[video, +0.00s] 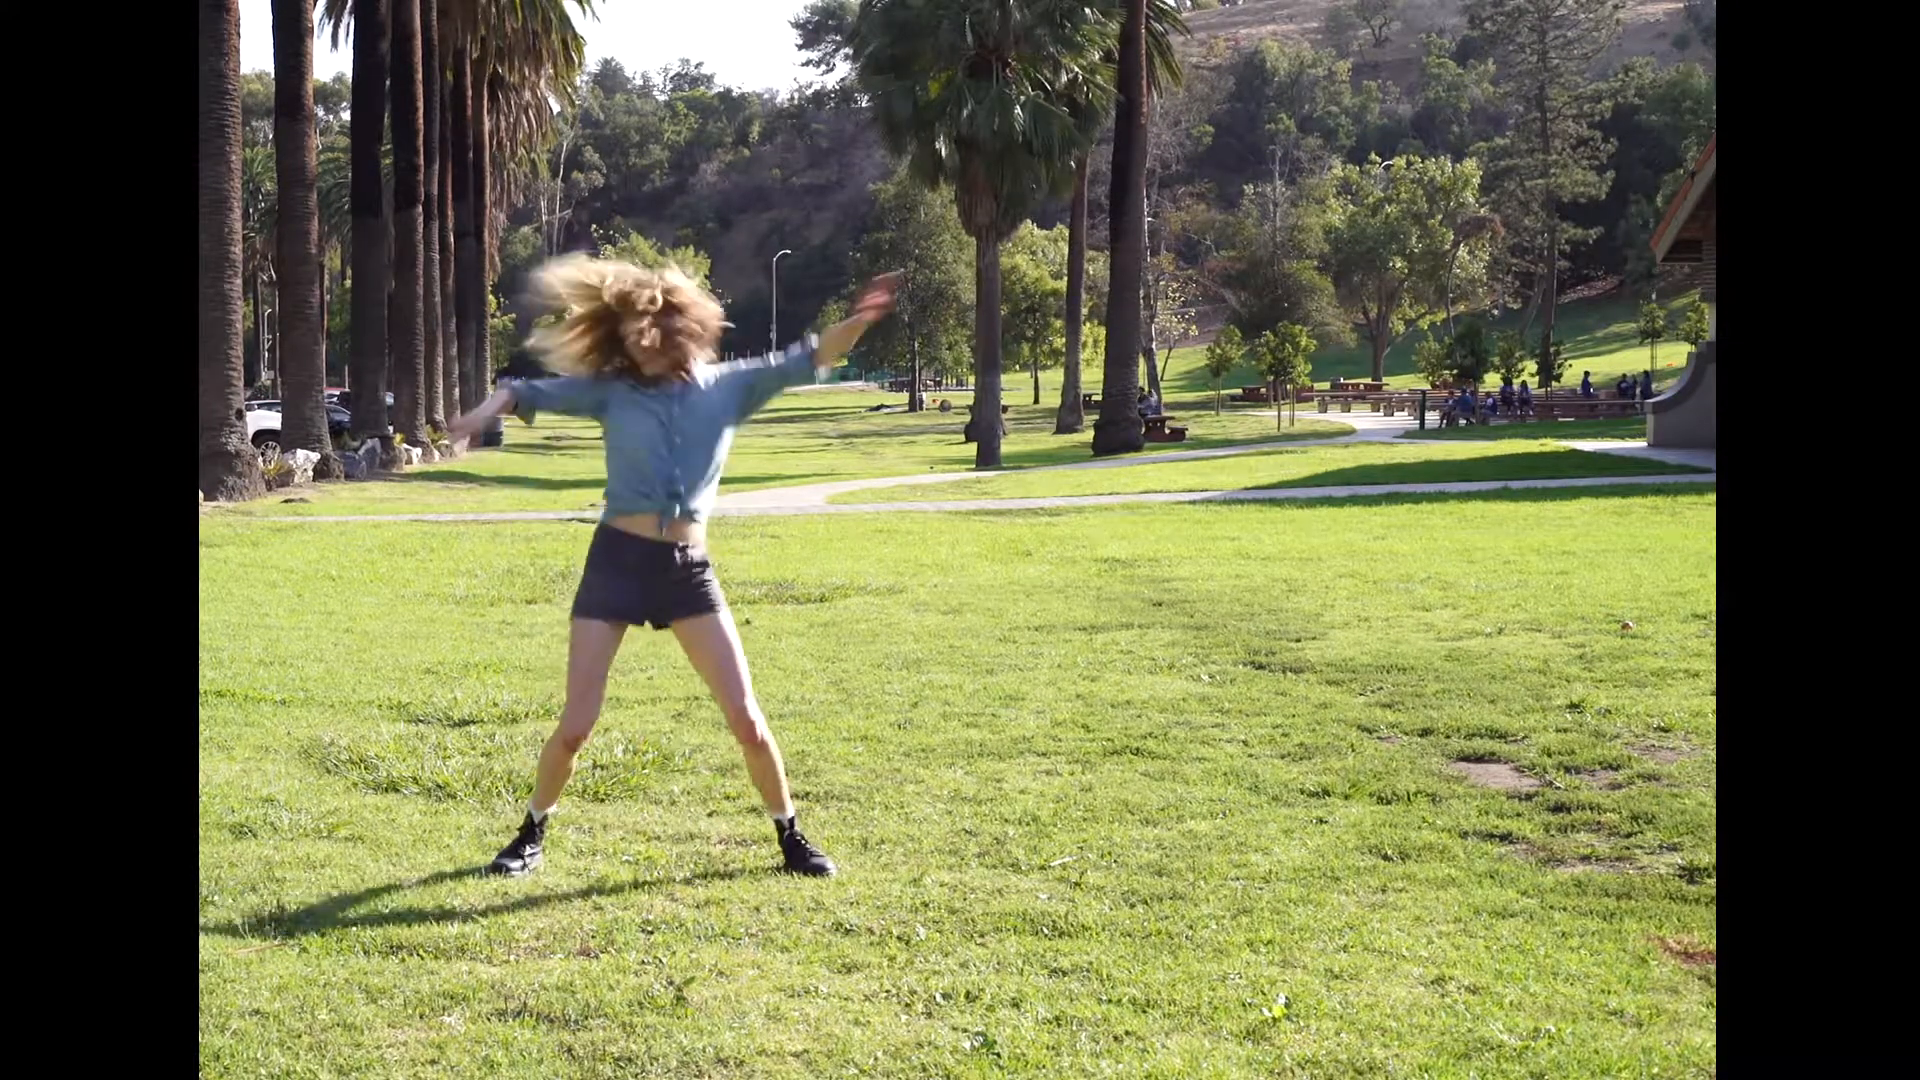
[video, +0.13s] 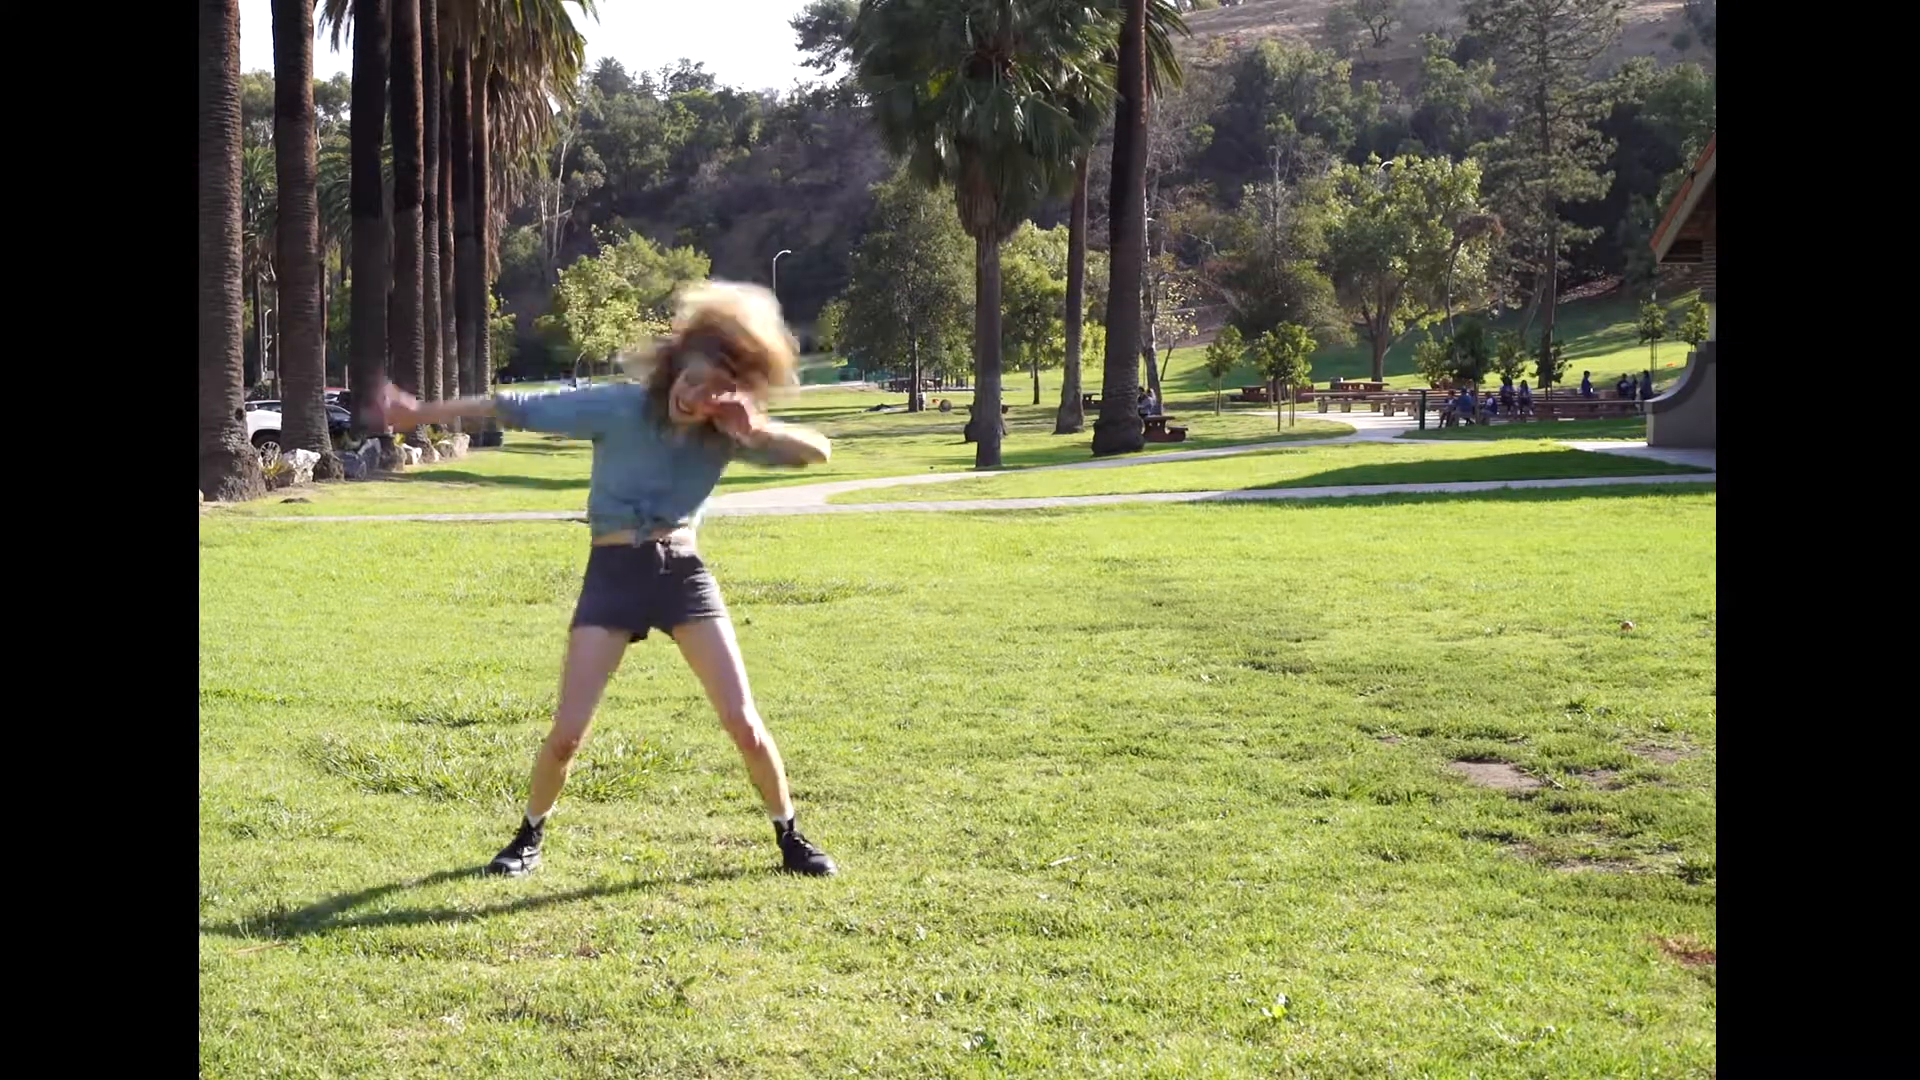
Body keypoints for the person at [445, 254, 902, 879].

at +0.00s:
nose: (645, 336)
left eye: (655, 323)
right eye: (633, 328)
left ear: (679, 327)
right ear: (622, 337)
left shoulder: (722, 386)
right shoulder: (610, 392)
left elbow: (808, 359)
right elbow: (523, 391)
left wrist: (858, 320)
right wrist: (480, 414)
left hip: (686, 566)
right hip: (615, 560)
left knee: (748, 723)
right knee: (576, 724)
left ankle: (792, 839)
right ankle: (531, 834)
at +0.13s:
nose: (695, 397)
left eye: (712, 390)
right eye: (691, 379)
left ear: (730, 395)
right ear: (674, 363)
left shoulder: (722, 434)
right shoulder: (619, 406)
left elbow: (819, 453)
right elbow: (516, 407)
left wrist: (761, 431)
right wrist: (419, 413)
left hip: (683, 573)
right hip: (611, 573)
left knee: (745, 724)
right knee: (567, 735)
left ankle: (791, 835)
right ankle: (529, 836)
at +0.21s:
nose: (688, 400)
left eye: (703, 396)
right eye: (685, 383)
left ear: (721, 400)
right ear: (673, 368)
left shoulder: (723, 434)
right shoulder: (622, 393)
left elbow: (814, 458)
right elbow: (525, 370)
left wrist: (747, 420)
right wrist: (438, 356)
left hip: (679, 570)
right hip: (606, 566)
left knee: (749, 719)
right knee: (562, 734)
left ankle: (794, 836)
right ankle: (527, 837)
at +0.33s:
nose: (686, 348)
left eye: (702, 343)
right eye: (683, 334)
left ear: (729, 353)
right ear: (674, 328)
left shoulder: (733, 413)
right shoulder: (634, 356)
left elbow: (824, 407)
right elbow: (561, 312)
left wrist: (764, 357)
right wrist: (490, 277)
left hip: (676, 563)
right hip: (603, 557)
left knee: (743, 713)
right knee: (565, 719)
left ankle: (794, 835)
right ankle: (526, 833)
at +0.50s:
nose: (691, 343)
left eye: (704, 333)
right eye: (684, 331)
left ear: (731, 343)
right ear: (673, 333)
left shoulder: (746, 422)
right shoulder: (642, 376)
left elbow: (829, 398)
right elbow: (579, 321)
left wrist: (761, 348)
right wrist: (507, 279)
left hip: (676, 569)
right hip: (604, 558)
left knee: (744, 703)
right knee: (569, 713)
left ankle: (801, 833)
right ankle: (525, 831)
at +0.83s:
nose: (687, 399)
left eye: (699, 391)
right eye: (679, 390)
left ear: (721, 401)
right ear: (668, 398)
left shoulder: (743, 479)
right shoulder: (642, 439)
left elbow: (804, 463)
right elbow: (578, 399)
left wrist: (749, 411)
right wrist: (514, 361)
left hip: (673, 603)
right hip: (602, 588)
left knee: (753, 719)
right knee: (566, 718)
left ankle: (800, 836)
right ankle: (523, 833)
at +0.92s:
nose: (682, 423)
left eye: (694, 416)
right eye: (678, 414)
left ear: (721, 428)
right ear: (671, 419)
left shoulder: (737, 494)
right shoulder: (639, 453)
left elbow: (786, 513)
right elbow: (570, 416)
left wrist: (751, 451)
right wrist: (508, 383)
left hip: (673, 611)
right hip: (603, 598)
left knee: (760, 722)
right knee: (561, 724)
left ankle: (801, 838)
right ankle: (522, 835)